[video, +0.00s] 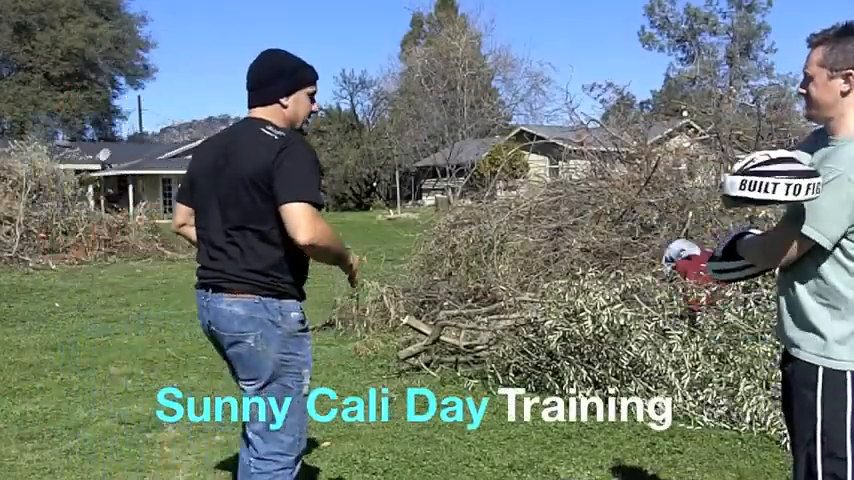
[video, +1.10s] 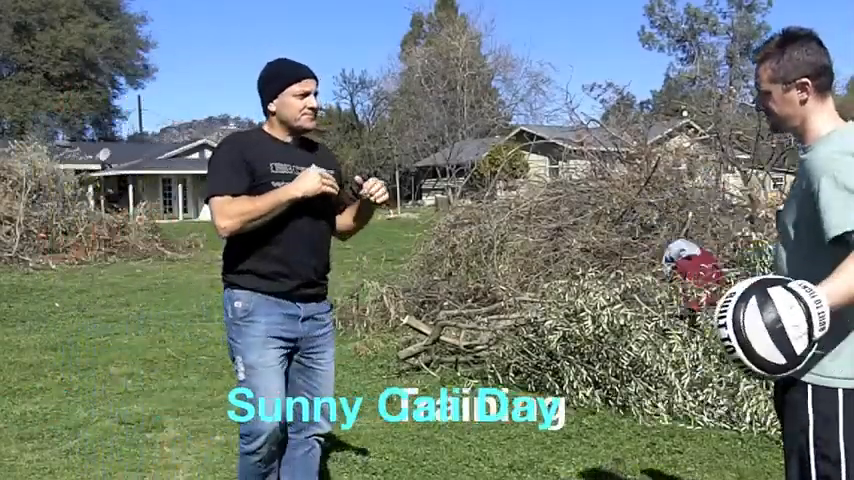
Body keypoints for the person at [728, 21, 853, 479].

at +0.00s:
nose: (801, 90)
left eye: (809, 80)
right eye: (803, 79)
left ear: (845, 84)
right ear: (840, 83)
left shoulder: (844, 161)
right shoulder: (817, 146)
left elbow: (780, 251)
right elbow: (777, 230)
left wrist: (737, 244)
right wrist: (723, 265)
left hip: (833, 354)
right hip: (806, 346)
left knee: (828, 469)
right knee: (811, 465)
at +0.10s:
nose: (801, 91)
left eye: (808, 80)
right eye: (803, 81)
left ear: (845, 83)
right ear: (842, 84)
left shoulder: (845, 163)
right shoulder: (828, 153)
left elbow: (790, 261)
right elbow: (773, 190)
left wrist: (717, 266)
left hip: (832, 361)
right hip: (811, 355)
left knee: (828, 471)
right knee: (813, 468)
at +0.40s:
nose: (792, 93)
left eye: (798, 81)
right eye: (793, 82)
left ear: (835, 85)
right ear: (834, 85)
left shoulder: (844, 166)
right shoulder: (833, 161)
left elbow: (839, 278)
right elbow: (805, 238)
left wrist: (741, 312)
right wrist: (737, 233)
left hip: (832, 370)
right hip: (814, 365)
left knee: (828, 471)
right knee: (812, 468)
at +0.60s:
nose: (778, 94)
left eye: (785, 84)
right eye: (779, 84)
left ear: (821, 88)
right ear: (822, 88)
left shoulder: (841, 166)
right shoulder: (827, 162)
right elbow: (830, 256)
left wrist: (793, 330)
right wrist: (777, 265)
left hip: (833, 376)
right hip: (817, 369)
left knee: (827, 471)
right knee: (812, 470)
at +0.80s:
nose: (764, 100)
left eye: (770, 88)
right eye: (765, 89)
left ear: (808, 90)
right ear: (809, 90)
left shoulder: (835, 170)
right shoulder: (818, 160)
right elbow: (826, 257)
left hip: (827, 372)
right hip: (806, 365)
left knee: (826, 470)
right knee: (807, 467)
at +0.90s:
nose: (759, 102)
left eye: (765, 90)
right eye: (760, 90)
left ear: (803, 90)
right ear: (805, 91)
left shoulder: (833, 167)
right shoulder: (818, 158)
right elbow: (826, 262)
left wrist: (828, 344)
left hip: (825, 373)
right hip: (806, 366)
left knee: (826, 472)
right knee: (809, 469)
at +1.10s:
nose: (758, 105)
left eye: (764, 92)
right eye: (759, 93)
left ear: (802, 90)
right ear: (804, 90)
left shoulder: (829, 160)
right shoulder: (825, 154)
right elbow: (826, 260)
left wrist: (793, 311)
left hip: (827, 377)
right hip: (819, 372)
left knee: (823, 472)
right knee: (817, 470)